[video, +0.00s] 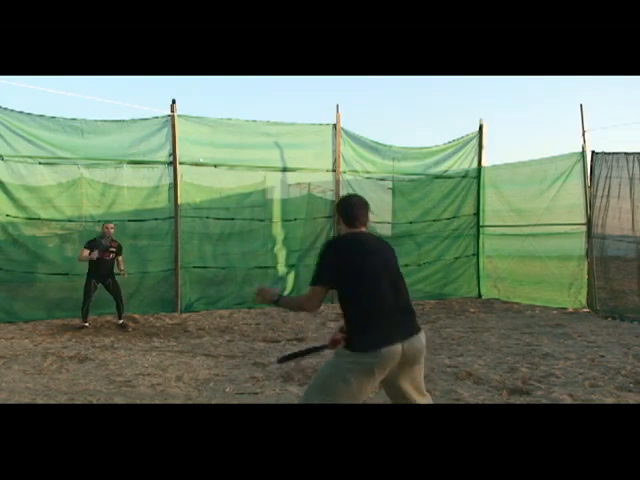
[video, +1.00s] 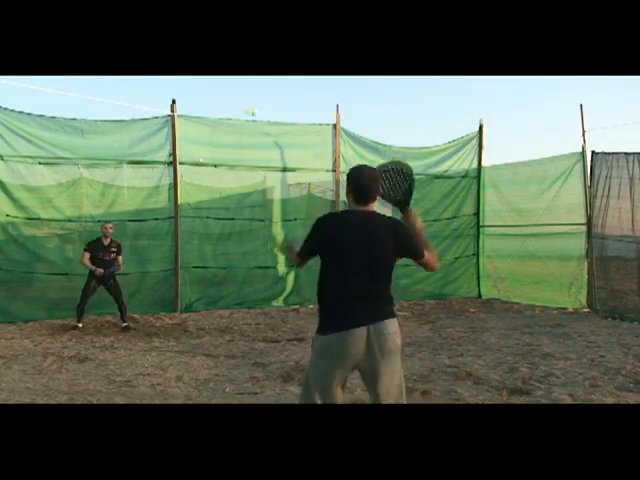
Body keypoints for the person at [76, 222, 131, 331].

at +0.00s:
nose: (109, 231)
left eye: (111, 228)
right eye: (107, 228)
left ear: (114, 230)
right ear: (103, 229)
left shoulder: (117, 246)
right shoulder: (93, 243)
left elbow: (119, 259)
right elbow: (81, 257)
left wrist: (121, 269)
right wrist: (90, 256)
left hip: (108, 275)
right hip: (94, 275)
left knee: (118, 297)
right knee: (87, 298)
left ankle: (120, 320)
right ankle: (85, 322)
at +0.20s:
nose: (114, 240)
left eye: (116, 238)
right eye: (112, 237)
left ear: (119, 238)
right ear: (109, 236)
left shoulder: (121, 248)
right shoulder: (101, 243)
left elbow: (122, 263)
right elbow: (88, 249)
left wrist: (125, 274)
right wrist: (101, 243)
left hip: (110, 277)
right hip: (96, 276)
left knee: (120, 300)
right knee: (89, 299)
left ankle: (125, 323)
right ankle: (85, 322)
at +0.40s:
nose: (123, 232)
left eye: (125, 230)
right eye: (121, 229)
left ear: (128, 232)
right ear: (118, 231)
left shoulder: (128, 248)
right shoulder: (109, 242)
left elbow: (126, 263)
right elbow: (104, 242)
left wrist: (130, 275)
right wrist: (117, 237)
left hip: (116, 275)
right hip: (102, 274)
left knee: (123, 299)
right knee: (92, 297)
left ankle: (125, 322)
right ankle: (86, 321)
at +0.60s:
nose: (126, 229)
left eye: (128, 227)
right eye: (124, 226)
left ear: (131, 229)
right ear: (120, 228)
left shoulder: (130, 243)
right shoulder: (112, 239)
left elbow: (129, 259)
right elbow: (107, 246)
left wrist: (133, 272)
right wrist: (122, 245)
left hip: (118, 274)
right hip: (104, 272)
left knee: (123, 297)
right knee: (94, 295)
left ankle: (125, 322)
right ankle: (86, 320)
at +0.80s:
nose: (120, 229)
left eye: (122, 227)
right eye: (118, 227)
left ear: (125, 229)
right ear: (114, 228)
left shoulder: (127, 245)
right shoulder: (105, 242)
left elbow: (128, 259)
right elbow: (96, 257)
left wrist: (131, 268)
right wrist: (108, 263)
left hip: (117, 276)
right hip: (103, 275)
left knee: (124, 298)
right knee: (91, 297)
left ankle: (126, 323)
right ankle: (83, 321)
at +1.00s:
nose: (108, 231)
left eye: (110, 228)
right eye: (105, 228)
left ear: (112, 230)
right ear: (101, 230)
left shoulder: (116, 246)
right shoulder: (92, 244)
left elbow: (119, 262)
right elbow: (84, 260)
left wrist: (118, 266)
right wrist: (94, 269)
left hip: (109, 275)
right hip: (95, 275)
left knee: (119, 299)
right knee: (83, 299)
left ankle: (124, 323)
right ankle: (79, 323)